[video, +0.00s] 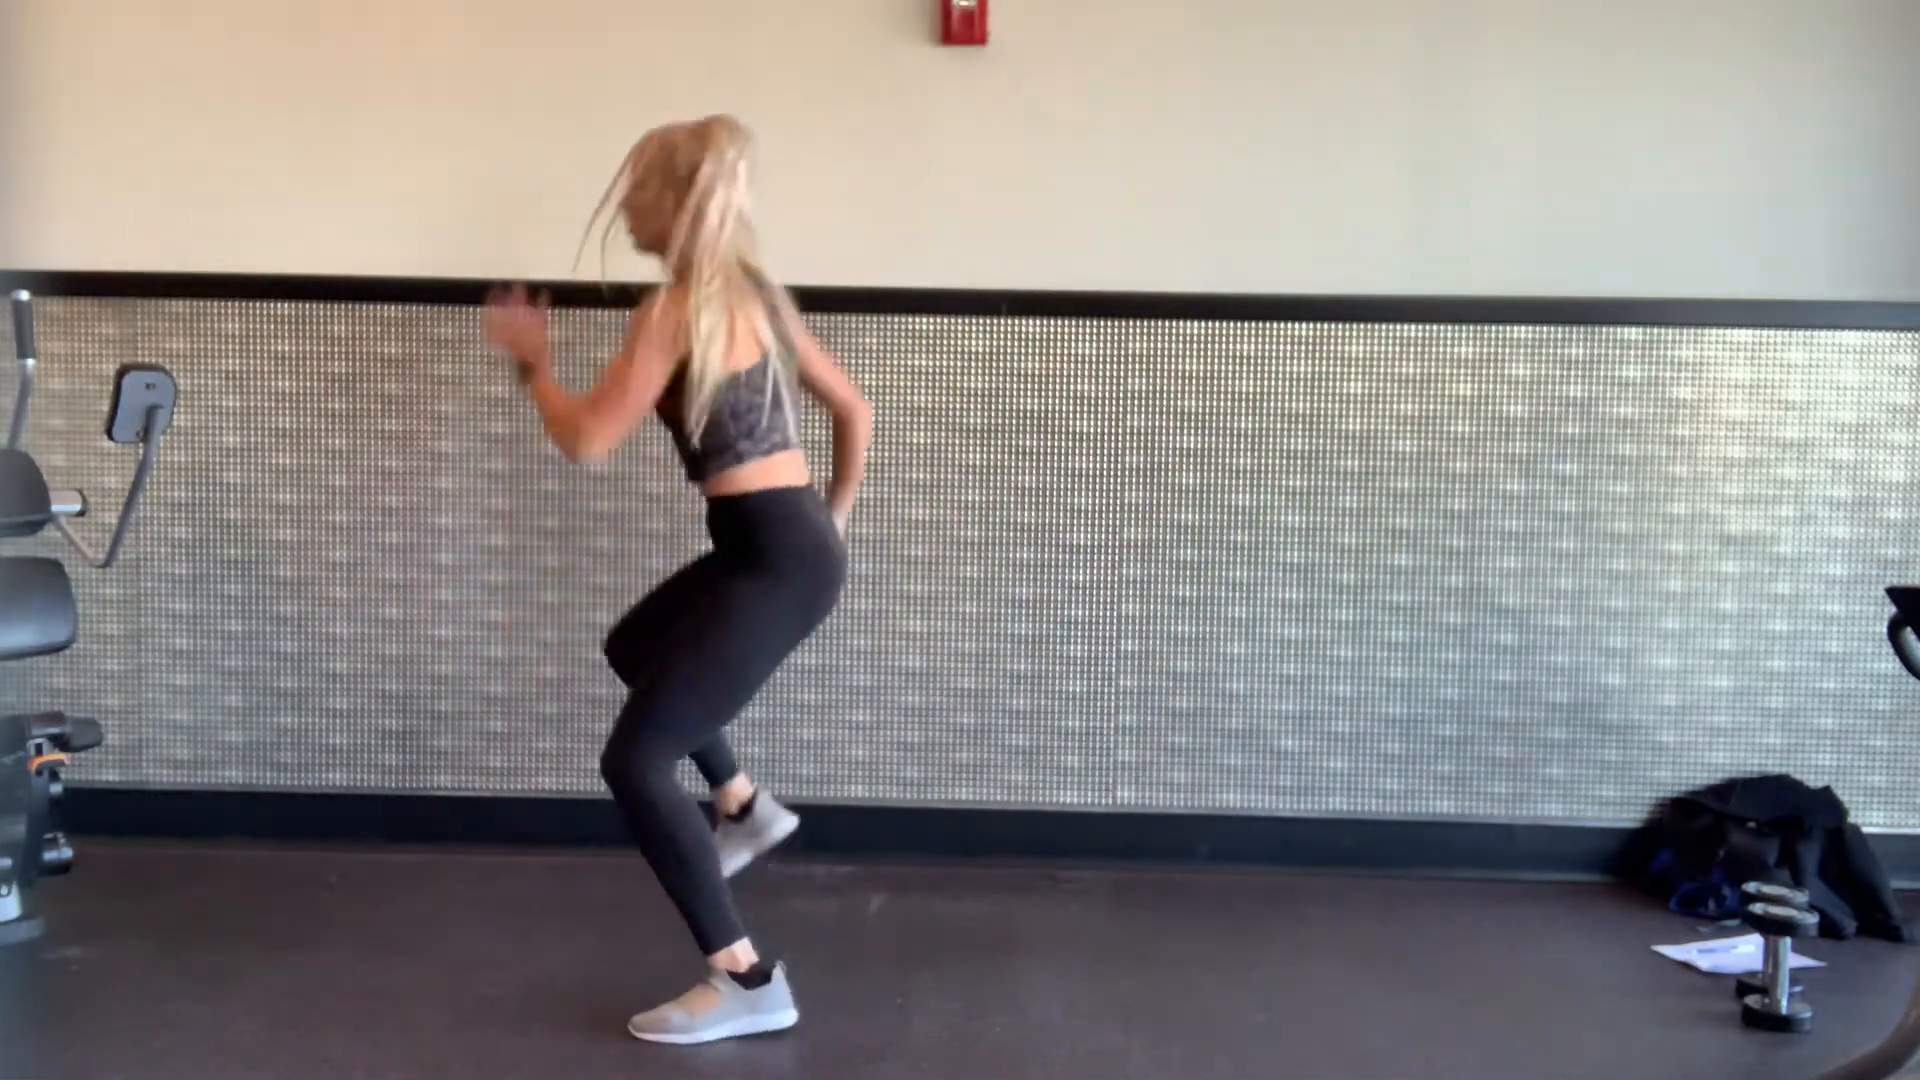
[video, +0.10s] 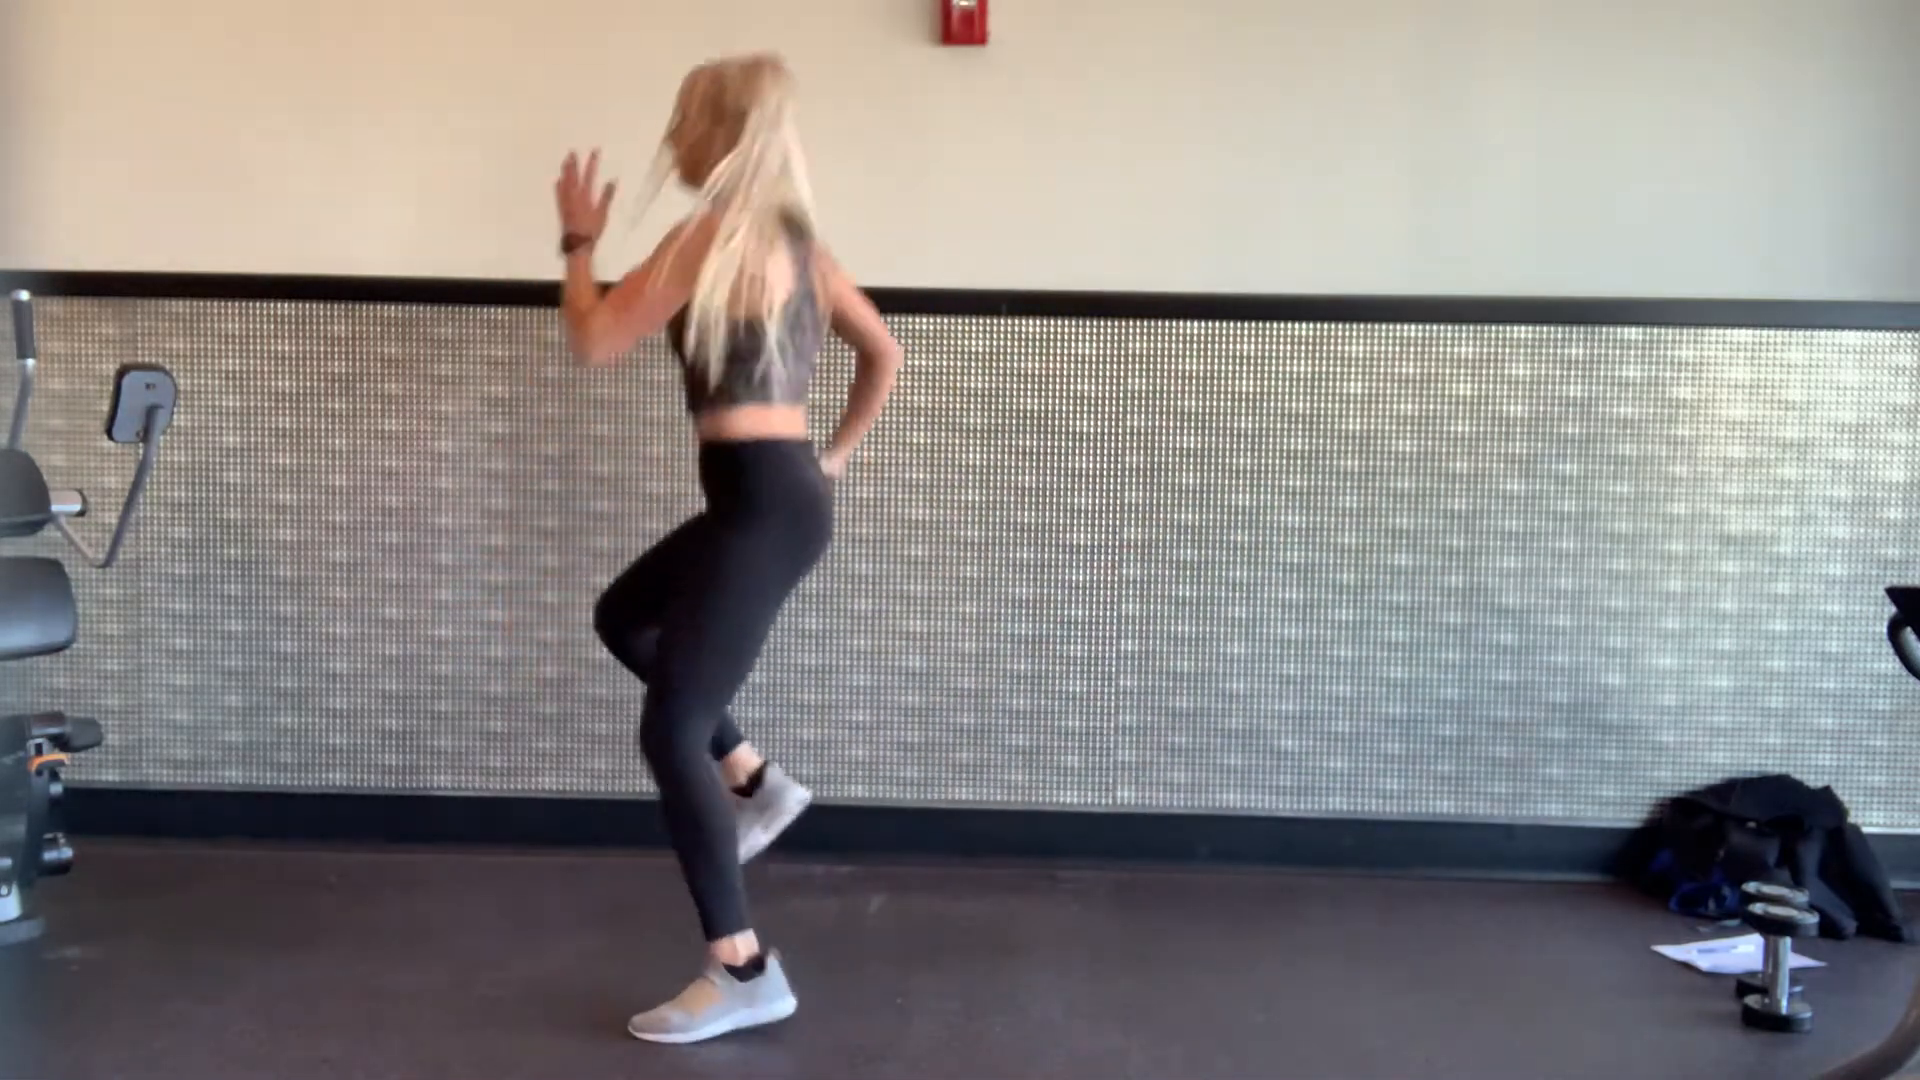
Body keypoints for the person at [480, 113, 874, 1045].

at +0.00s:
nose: (626, 197)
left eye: (639, 184)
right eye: (633, 181)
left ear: (671, 201)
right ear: (719, 201)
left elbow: (587, 440)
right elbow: (851, 406)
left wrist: (531, 362)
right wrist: (840, 500)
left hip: (774, 557)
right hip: (787, 545)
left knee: (636, 760)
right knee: (634, 646)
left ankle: (744, 978)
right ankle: (740, 805)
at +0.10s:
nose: (674, 133)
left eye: (686, 119)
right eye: (681, 117)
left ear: (715, 133)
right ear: (768, 135)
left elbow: (597, 340)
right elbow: (883, 350)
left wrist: (578, 244)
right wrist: (839, 448)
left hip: (762, 508)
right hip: (783, 500)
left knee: (671, 737)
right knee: (625, 617)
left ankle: (743, 968)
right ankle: (754, 783)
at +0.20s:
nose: (714, 78)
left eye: (729, 61)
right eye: (721, 59)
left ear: (771, 74)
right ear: (800, 78)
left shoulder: (768, 185)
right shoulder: (826, 189)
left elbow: (708, 316)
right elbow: (857, 331)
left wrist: (608, 278)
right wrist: (760, 409)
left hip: (766, 446)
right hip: (790, 444)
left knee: (651, 654)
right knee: (672, 642)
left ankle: (715, 891)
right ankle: (768, 816)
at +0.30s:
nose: (740, 89)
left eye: (755, 74)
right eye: (746, 71)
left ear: (799, 89)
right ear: (815, 91)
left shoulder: (819, 202)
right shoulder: (802, 197)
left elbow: (807, 359)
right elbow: (780, 358)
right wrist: (670, 349)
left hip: (789, 458)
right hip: (788, 455)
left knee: (585, 570)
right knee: (707, 675)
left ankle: (701, 759)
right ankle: (777, 883)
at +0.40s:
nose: (753, 145)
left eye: (770, 133)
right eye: (762, 130)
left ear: (815, 156)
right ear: (815, 159)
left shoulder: (832, 253)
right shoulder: (806, 255)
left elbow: (883, 396)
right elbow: (714, 364)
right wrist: (678, 275)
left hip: (792, 499)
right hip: (797, 503)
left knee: (586, 476)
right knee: (728, 711)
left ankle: (680, 677)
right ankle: (801, 927)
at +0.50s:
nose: (782, 118)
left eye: (799, 105)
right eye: (790, 103)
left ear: (841, 124)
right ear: (849, 127)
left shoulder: (864, 220)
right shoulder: (832, 220)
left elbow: (927, 345)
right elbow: (770, 346)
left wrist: (886, 477)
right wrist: (719, 259)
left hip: (821, 469)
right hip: (816, 467)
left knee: (610, 484)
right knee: (775, 695)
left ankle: (696, 696)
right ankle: (798, 911)